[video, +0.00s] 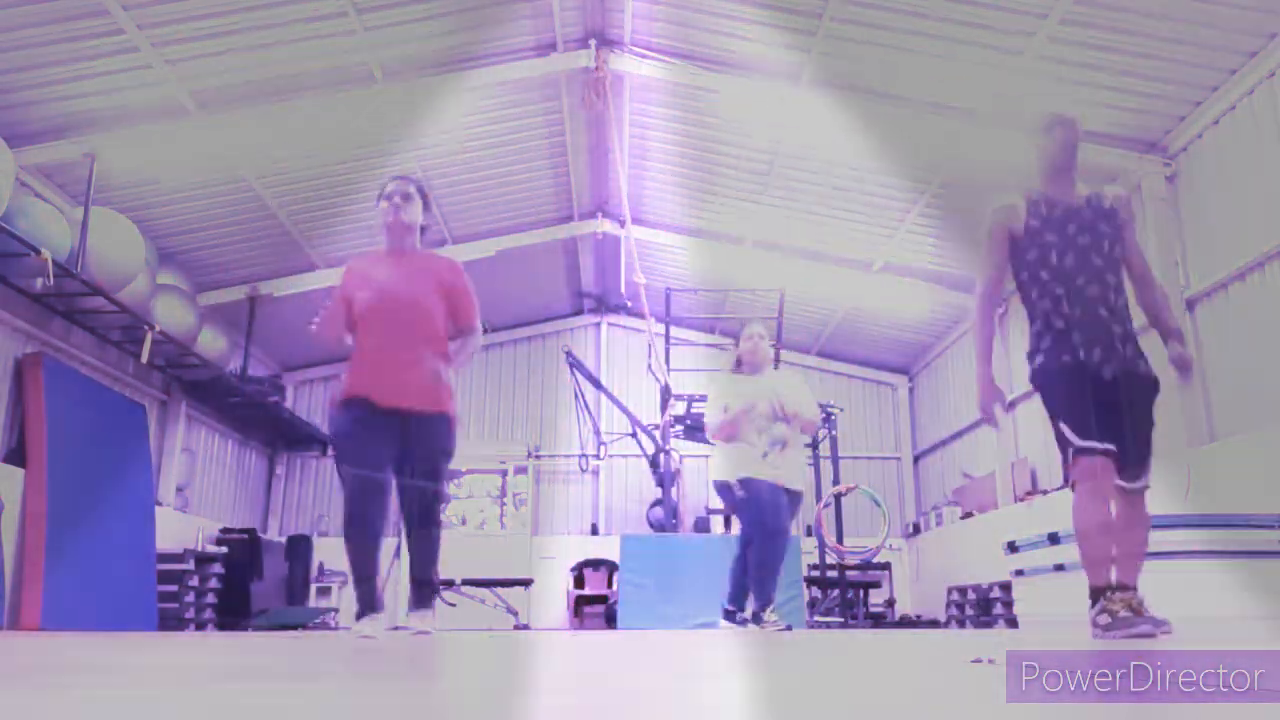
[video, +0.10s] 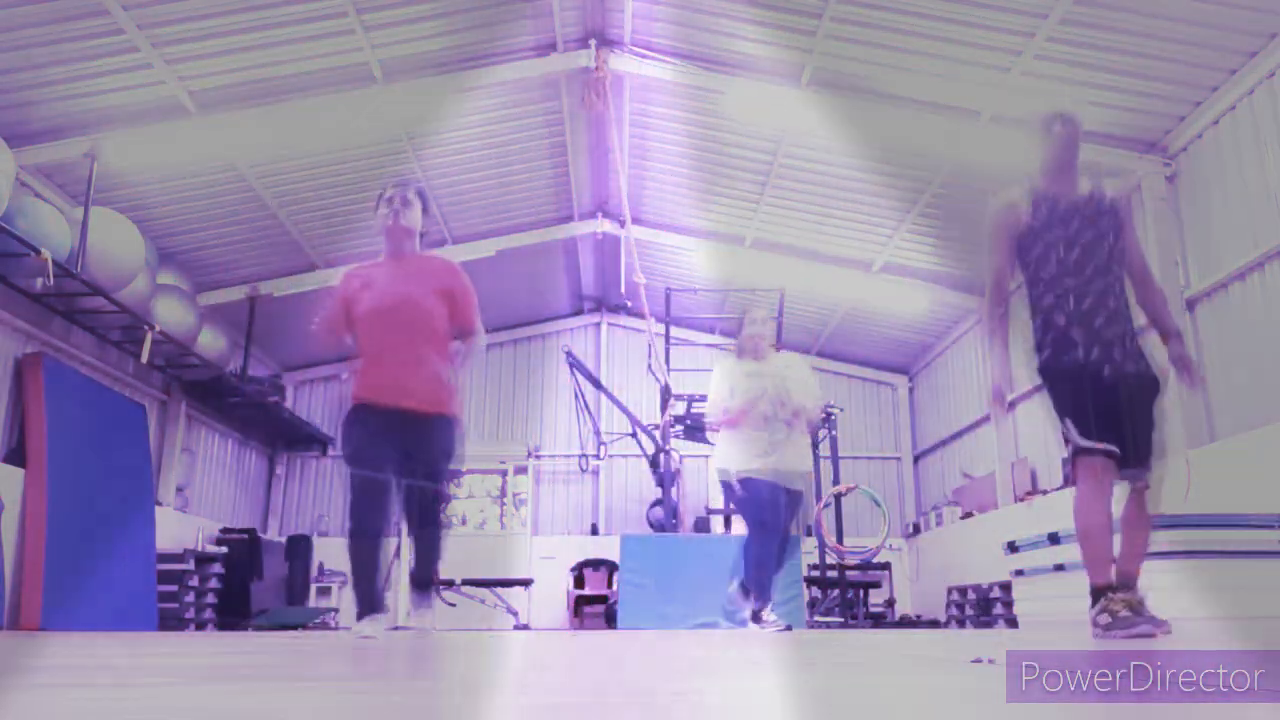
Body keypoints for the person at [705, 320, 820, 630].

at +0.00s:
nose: (756, 342)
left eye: (761, 337)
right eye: (749, 338)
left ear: (772, 347)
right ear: (738, 348)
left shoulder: (791, 381)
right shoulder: (726, 384)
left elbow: (814, 425)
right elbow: (715, 432)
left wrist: (794, 417)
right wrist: (741, 414)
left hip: (787, 478)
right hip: (739, 470)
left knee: (755, 540)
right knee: (773, 527)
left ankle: (733, 608)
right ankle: (763, 609)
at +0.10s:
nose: (758, 341)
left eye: (763, 335)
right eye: (752, 335)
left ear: (773, 336)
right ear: (741, 338)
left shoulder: (793, 367)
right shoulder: (728, 368)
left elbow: (815, 416)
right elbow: (714, 418)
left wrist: (794, 410)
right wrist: (747, 408)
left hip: (789, 470)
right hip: (744, 466)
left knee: (782, 539)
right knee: (767, 527)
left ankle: (744, 587)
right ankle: (760, 609)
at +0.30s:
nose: (770, 323)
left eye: (775, 318)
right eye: (762, 319)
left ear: (784, 327)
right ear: (751, 329)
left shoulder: (801, 360)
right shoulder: (735, 361)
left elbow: (822, 404)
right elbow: (719, 409)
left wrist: (806, 420)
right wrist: (756, 408)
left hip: (793, 457)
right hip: (749, 462)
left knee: (838, 469)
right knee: (778, 526)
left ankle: (802, 527)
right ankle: (778, 604)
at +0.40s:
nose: (775, 335)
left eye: (780, 331)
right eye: (769, 330)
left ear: (787, 341)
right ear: (754, 340)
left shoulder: (801, 377)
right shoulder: (738, 376)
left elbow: (824, 417)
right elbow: (724, 423)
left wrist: (823, 416)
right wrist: (759, 416)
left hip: (801, 459)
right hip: (759, 469)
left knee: (843, 471)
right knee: (781, 536)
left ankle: (831, 542)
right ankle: (783, 610)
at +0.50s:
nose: (778, 325)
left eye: (783, 321)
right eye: (771, 320)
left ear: (792, 330)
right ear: (758, 330)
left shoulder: (809, 365)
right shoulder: (741, 365)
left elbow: (831, 412)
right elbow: (727, 411)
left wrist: (821, 410)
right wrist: (761, 405)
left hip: (809, 449)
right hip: (762, 456)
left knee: (839, 486)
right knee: (778, 532)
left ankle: (835, 569)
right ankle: (781, 607)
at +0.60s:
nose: (785, 322)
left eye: (790, 317)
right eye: (777, 318)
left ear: (798, 327)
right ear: (763, 330)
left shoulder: (814, 358)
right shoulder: (746, 361)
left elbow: (840, 403)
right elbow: (732, 407)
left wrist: (824, 406)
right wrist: (764, 404)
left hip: (814, 457)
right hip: (765, 462)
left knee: (826, 524)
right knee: (777, 535)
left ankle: (835, 597)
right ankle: (774, 604)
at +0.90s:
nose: (792, 318)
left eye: (798, 314)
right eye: (785, 314)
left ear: (809, 326)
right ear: (775, 326)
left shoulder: (826, 358)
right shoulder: (754, 356)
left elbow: (848, 405)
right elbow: (740, 401)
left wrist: (824, 395)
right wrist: (767, 399)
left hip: (813, 459)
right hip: (760, 460)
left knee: (815, 533)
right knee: (762, 533)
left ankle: (824, 605)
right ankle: (774, 582)